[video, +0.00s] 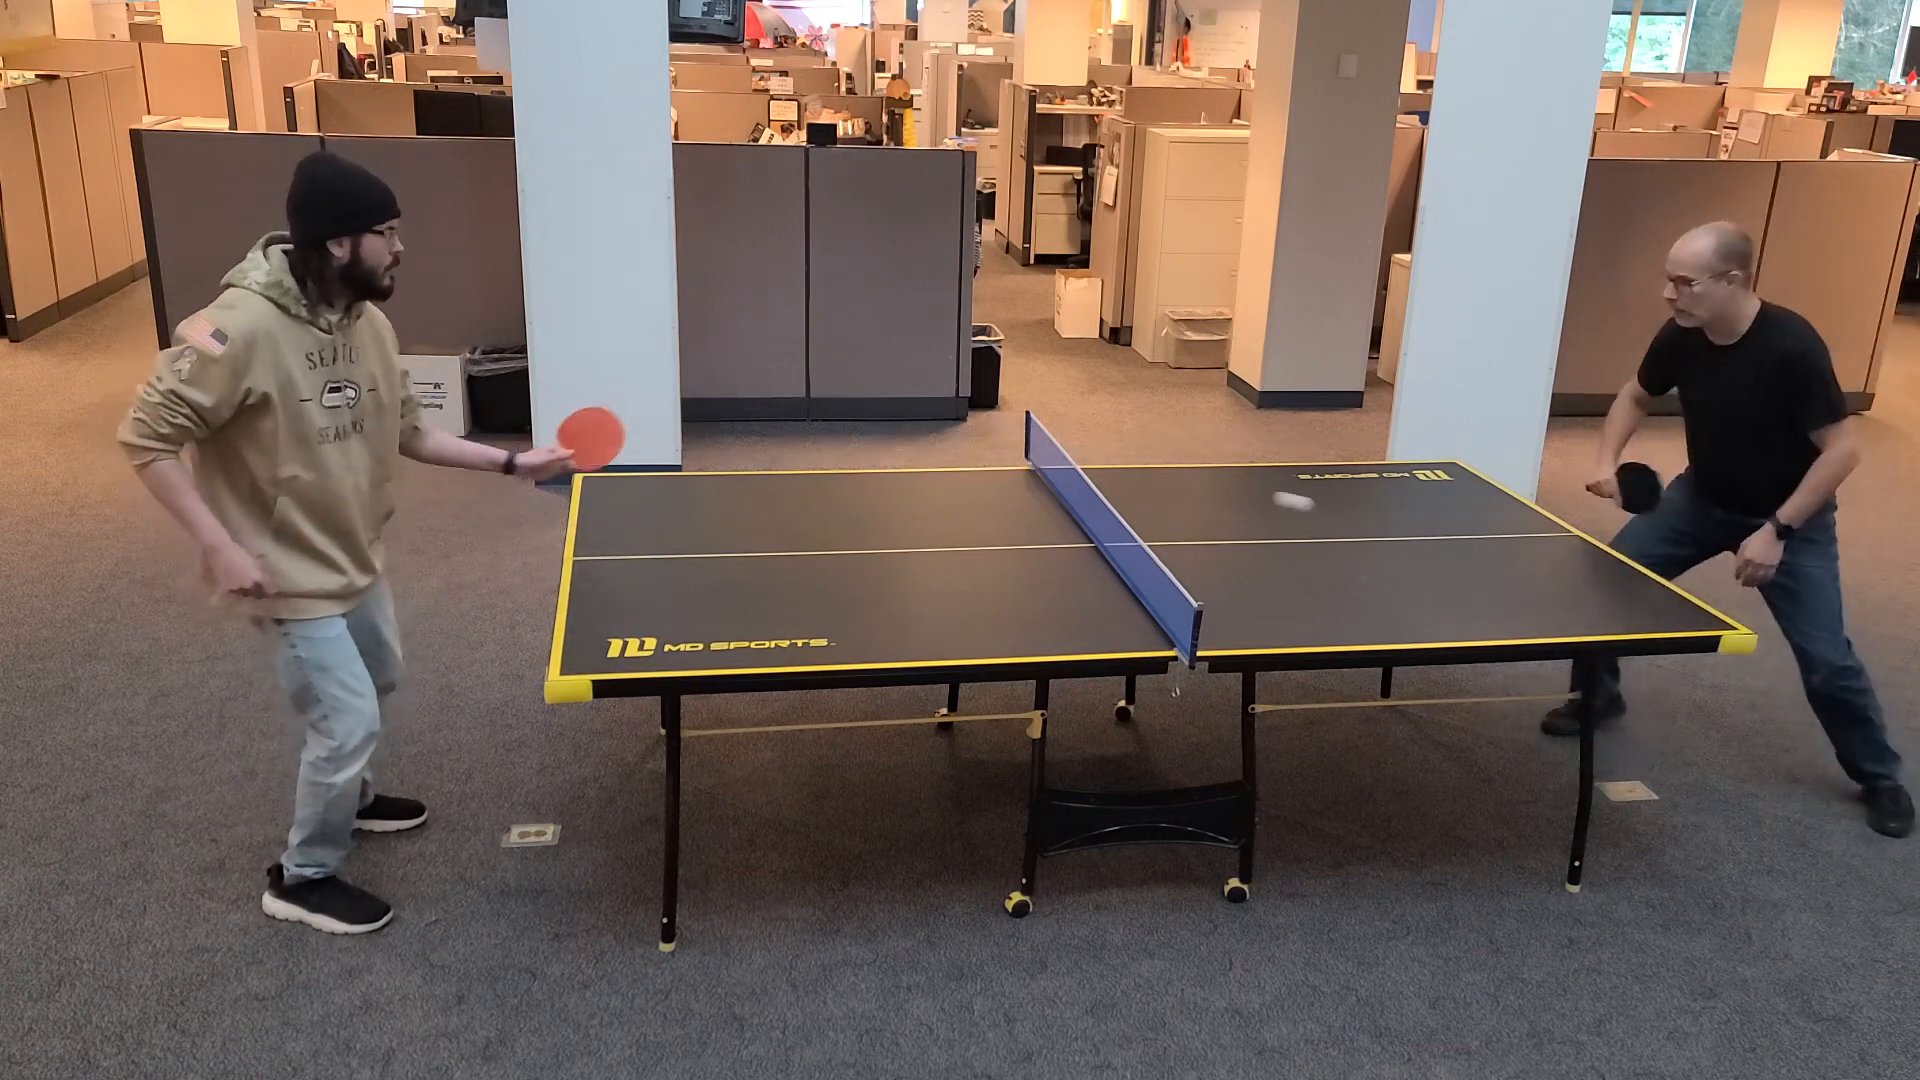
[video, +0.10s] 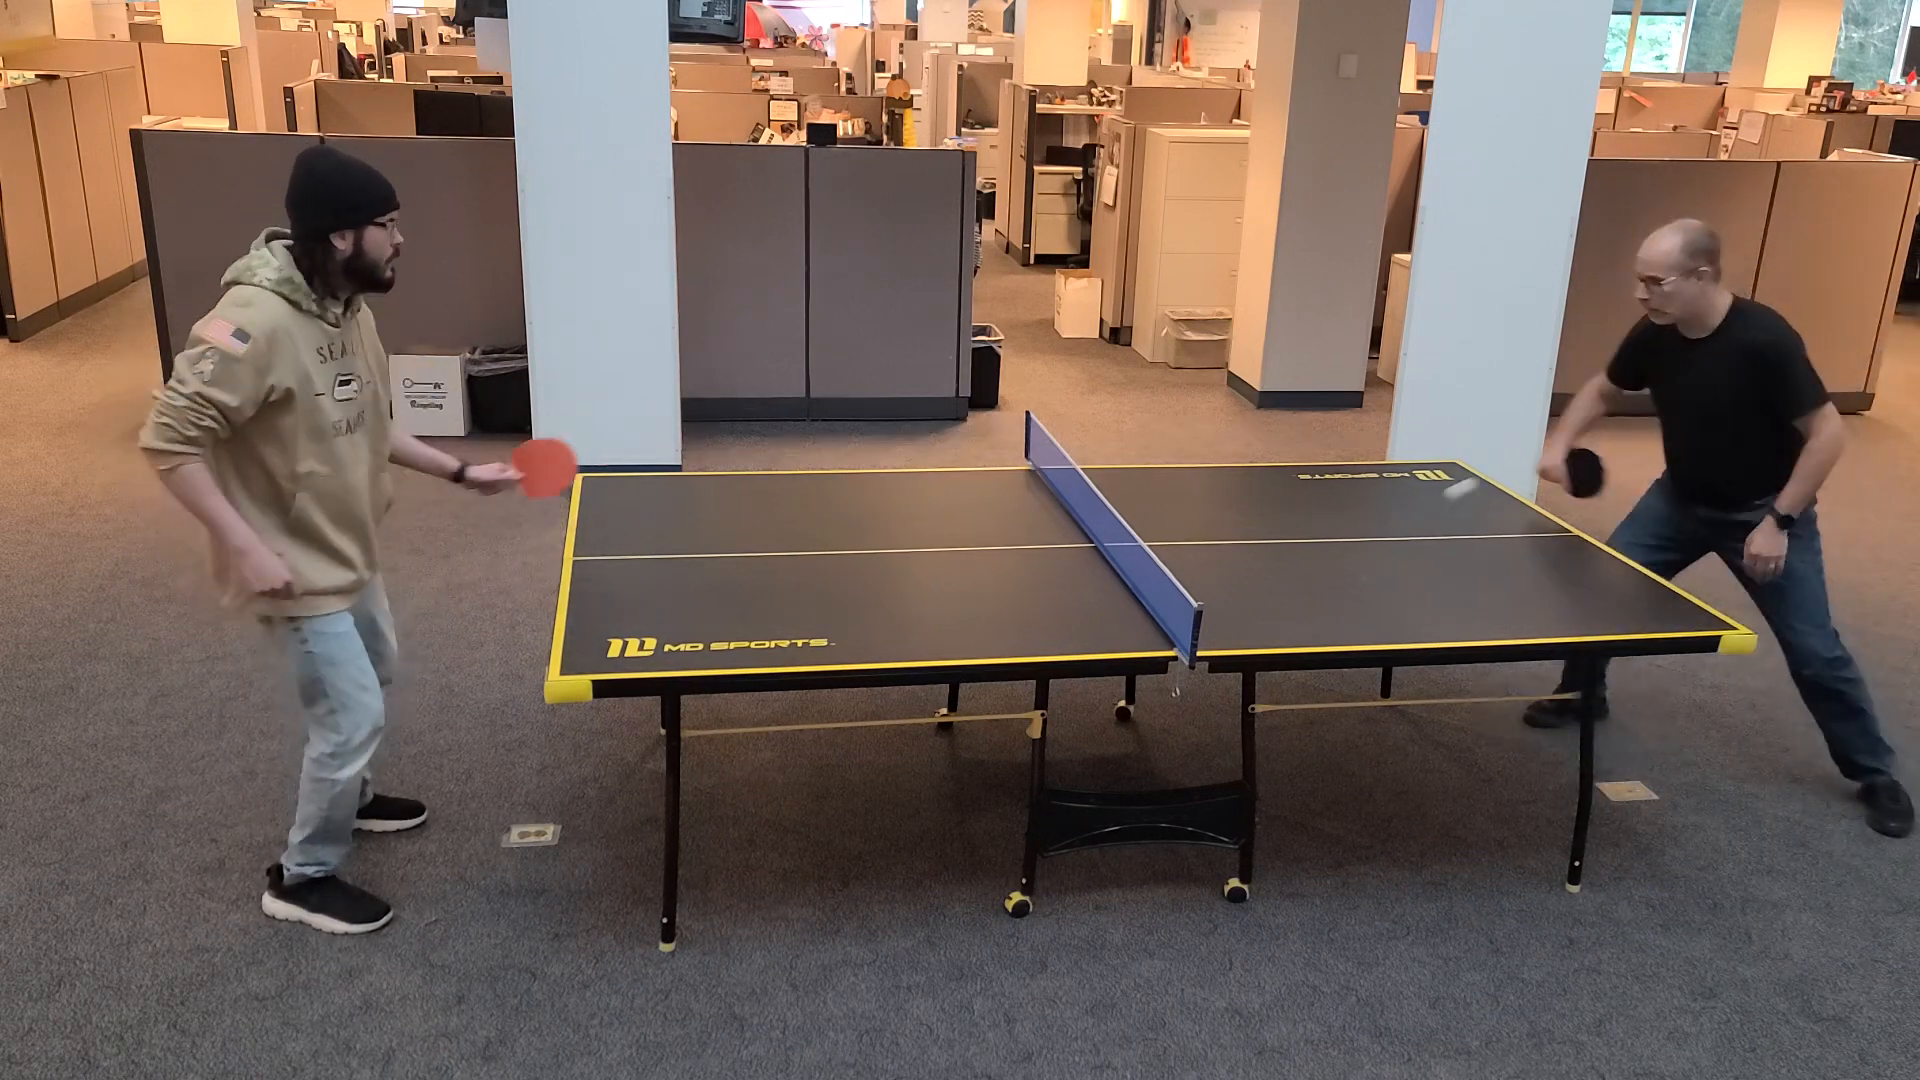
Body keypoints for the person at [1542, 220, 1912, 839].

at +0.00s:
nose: (1669, 293)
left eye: (1684, 283)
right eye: (1669, 280)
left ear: (1735, 282)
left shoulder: (1794, 346)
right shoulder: (1678, 338)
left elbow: (1843, 451)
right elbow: (1634, 400)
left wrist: (1775, 530)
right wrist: (1606, 461)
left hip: (1793, 519)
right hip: (1704, 499)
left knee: (1827, 662)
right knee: (1606, 576)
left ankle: (1879, 776)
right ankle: (1596, 693)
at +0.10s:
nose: (1643, 294)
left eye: (1656, 283)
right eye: (1641, 281)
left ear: (1704, 277)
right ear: (1645, 276)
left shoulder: (1766, 338)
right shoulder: (1653, 334)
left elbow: (1829, 435)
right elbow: (1600, 391)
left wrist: (1778, 519)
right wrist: (1558, 444)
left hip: (1766, 514)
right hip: (1681, 500)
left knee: (1815, 653)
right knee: (1598, 585)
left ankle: (1875, 773)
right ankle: (1581, 688)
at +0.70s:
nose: (1695, 283)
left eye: (1709, 271)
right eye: (1693, 270)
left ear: (1759, 270)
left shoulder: (1820, 333)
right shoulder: (1722, 329)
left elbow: (1851, 449)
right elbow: (1694, 404)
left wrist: (1740, 471)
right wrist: (1661, 437)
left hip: (1833, 508)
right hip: (1756, 500)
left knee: (1837, 657)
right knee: (1656, 595)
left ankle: (1882, 790)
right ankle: (1596, 695)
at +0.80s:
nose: (1726, 282)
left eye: (1741, 270)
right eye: (1725, 268)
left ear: (1793, 270)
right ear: (1770, 272)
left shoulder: (1854, 335)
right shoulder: (1748, 330)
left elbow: (1876, 451)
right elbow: (1728, 404)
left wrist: (1762, 464)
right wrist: (1694, 446)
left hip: (1857, 509)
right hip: (1777, 497)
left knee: (1848, 655)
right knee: (1683, 592)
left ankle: (1884, 792)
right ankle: (1684, 697)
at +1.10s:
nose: (1762, 286)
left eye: (1778, 275)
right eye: (1760, 271)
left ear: (1828, 275)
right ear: (1760, 265)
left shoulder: (1891, 338)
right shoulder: (1760, 331)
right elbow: (1733, 415)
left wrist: (1852, 484)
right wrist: (1723, 486)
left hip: (1871, 504)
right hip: (1783, 491)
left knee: (1855, 645)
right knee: (1708, 591)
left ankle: (1882, 791)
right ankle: (1703, 699)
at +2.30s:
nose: (1747, 291)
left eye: (1760, 281)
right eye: (1747, 278)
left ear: (1813, 280)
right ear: (1795, 282)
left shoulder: (1883, 344)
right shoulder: (1765, 333)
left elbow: (1919, 445)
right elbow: (1725, 397)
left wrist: (1838, 491)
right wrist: (1688, 457)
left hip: (1880, 498)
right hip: (1802, 480)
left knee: (1856, 639)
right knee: (1709, 573)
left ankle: (1882, 781)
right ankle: (1724, 676)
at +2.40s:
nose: (1726, 287)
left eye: (1738, 277)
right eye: (1726, 275)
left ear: (1787, 276)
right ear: (1771, 277)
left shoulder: (1859, 336)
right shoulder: (1750, 326)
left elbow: (1911, 436)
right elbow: (1687, 362)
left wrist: (1842, 495)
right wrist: (1627, 420)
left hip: (1865, 497)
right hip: (1787, 479)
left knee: (1852, 641)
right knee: (1688, 566)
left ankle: (1882, 785)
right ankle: (1679, 661)